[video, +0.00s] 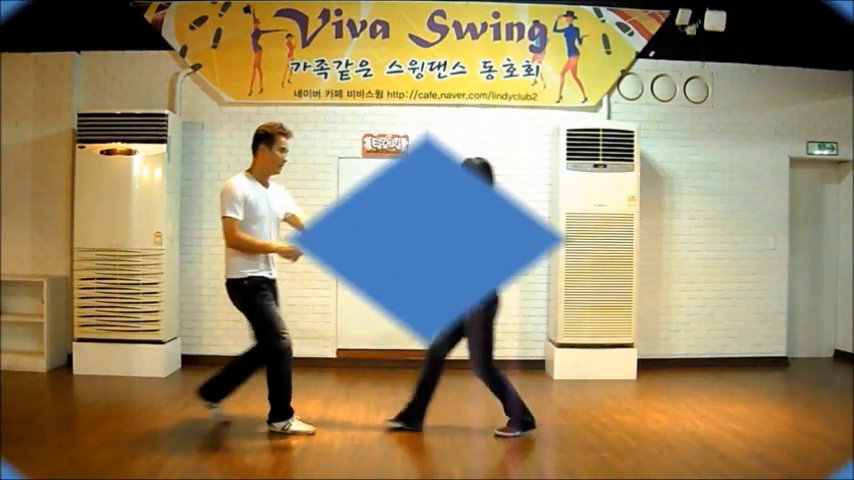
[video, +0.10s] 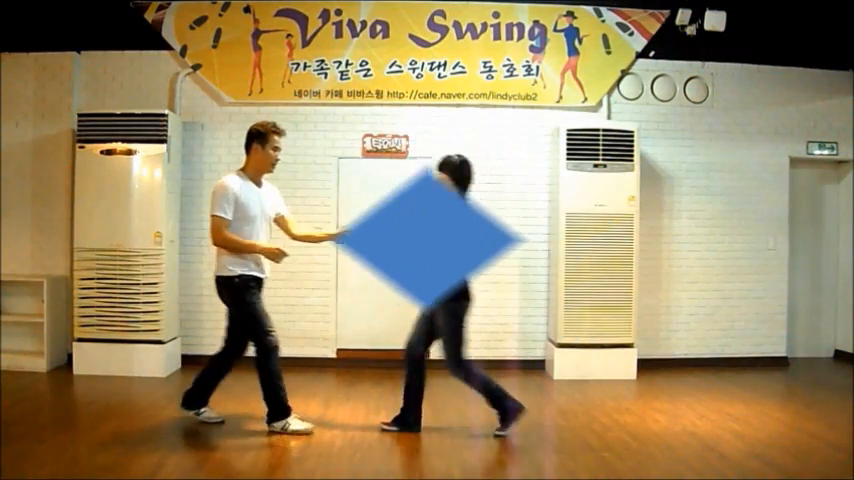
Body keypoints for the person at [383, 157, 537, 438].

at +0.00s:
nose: (465, 186)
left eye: (470, 181)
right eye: (465, 180)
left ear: (480, 183)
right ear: (465, 182)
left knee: (483, 365)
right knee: (435, 353)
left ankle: (520, 417)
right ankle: (413, 415)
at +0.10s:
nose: (438, 179)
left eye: (443, 176)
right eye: (439, 175)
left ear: (454, 180)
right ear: (458, 180)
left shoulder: (453, 211)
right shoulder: (440, 209)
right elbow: (395, 227)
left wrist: (343, 236)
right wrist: (343, 235)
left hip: (453, 293)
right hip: (438, 293)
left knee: (456, 363)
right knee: (415, 350)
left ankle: (508, 406)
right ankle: (409, 418)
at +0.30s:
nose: (389, 172)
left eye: (394, 167)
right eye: (392, 166)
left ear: (406, 174)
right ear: (408, 174)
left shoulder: (410, 208)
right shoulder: (404, 205)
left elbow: (398, 251)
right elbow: (375, 237)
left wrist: (364, 248)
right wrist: (343, 237)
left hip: (404, 291)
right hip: (401, 290)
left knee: (377, 349)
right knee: (389, 350)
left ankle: (408, 416)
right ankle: (406, 415)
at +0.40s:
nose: (367, 175)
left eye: (373, 171)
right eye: (370, 170)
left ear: (384, 178)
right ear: (386, 178)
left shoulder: (386, 210)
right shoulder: (383, 207)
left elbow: (371, 253)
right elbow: (364, 243)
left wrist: (337, 248)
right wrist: (343, 241)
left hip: (379, 294)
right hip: (381, 293)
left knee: (345, 348)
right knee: (379, 354)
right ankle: (407, 416)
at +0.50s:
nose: (346, 177)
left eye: (351, 173)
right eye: (348, 172)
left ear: (362, 179)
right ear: (364, 179)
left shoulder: (362, 212)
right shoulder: (364, 209)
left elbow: (344, 256)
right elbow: (350, 254)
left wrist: (309, 250)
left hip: (351, 296)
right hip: (357, 294)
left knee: (317, 350)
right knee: (351, 356)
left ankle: (313, 422)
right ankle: (398, 407)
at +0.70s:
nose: (310, 171)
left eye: (315, 167)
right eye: (312, 166)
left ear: (327, 173)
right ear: (331, 174)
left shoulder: (325, 206)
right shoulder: (330, 203)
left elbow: (314, 252)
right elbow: (314, 248)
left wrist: (282, 247)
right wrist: (286, 240)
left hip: (316, 288)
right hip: (319, 287)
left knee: (290, 348)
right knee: (293, 346)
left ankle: (310, 417)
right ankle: (323, 401)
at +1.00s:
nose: (285, 169)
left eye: (290, 166)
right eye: (288, 165)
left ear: (301, 173)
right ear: (306, 173)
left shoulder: (300, 206)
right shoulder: (309, 202)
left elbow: (302, 251)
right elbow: (306, 245)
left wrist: (269, 247)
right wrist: (275, 237)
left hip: (296, 288)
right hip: (301, 286)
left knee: (277, 350)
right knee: (279, 349)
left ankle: (303, 417)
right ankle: (302, 412)